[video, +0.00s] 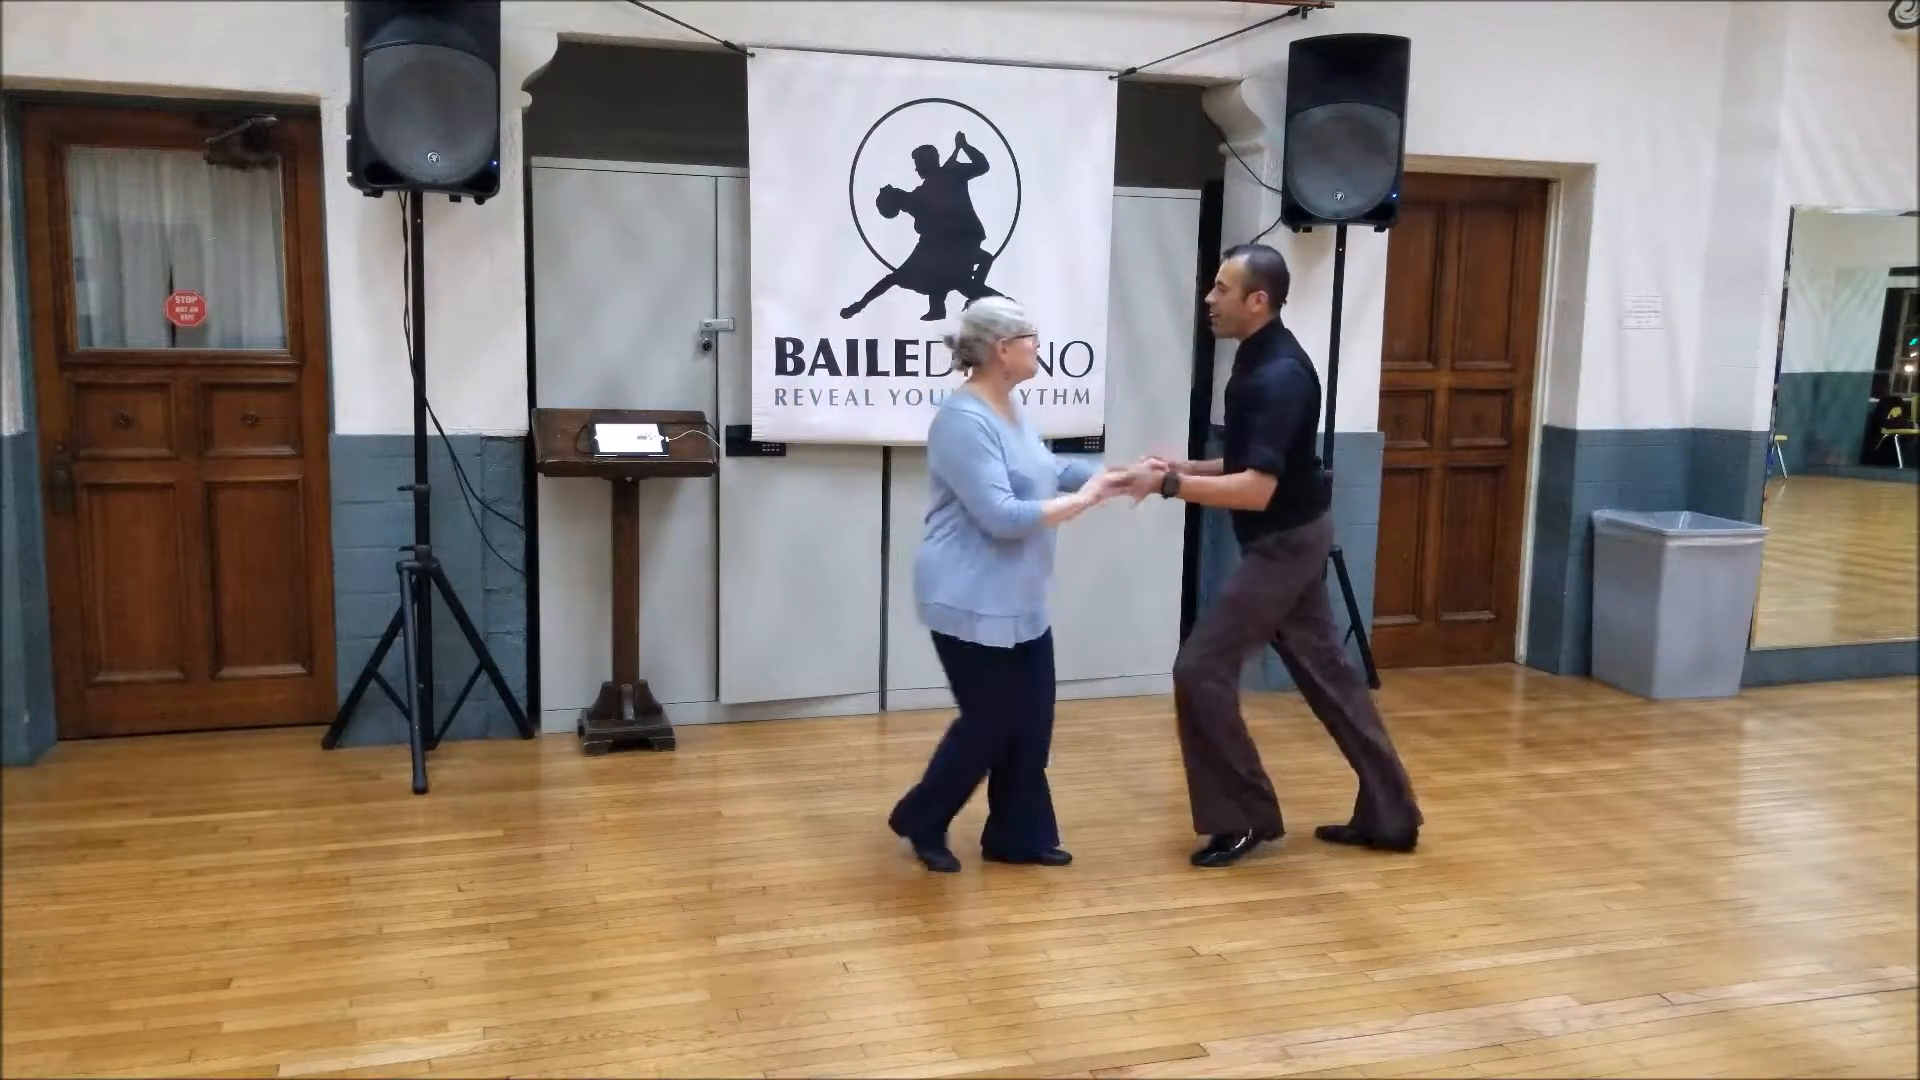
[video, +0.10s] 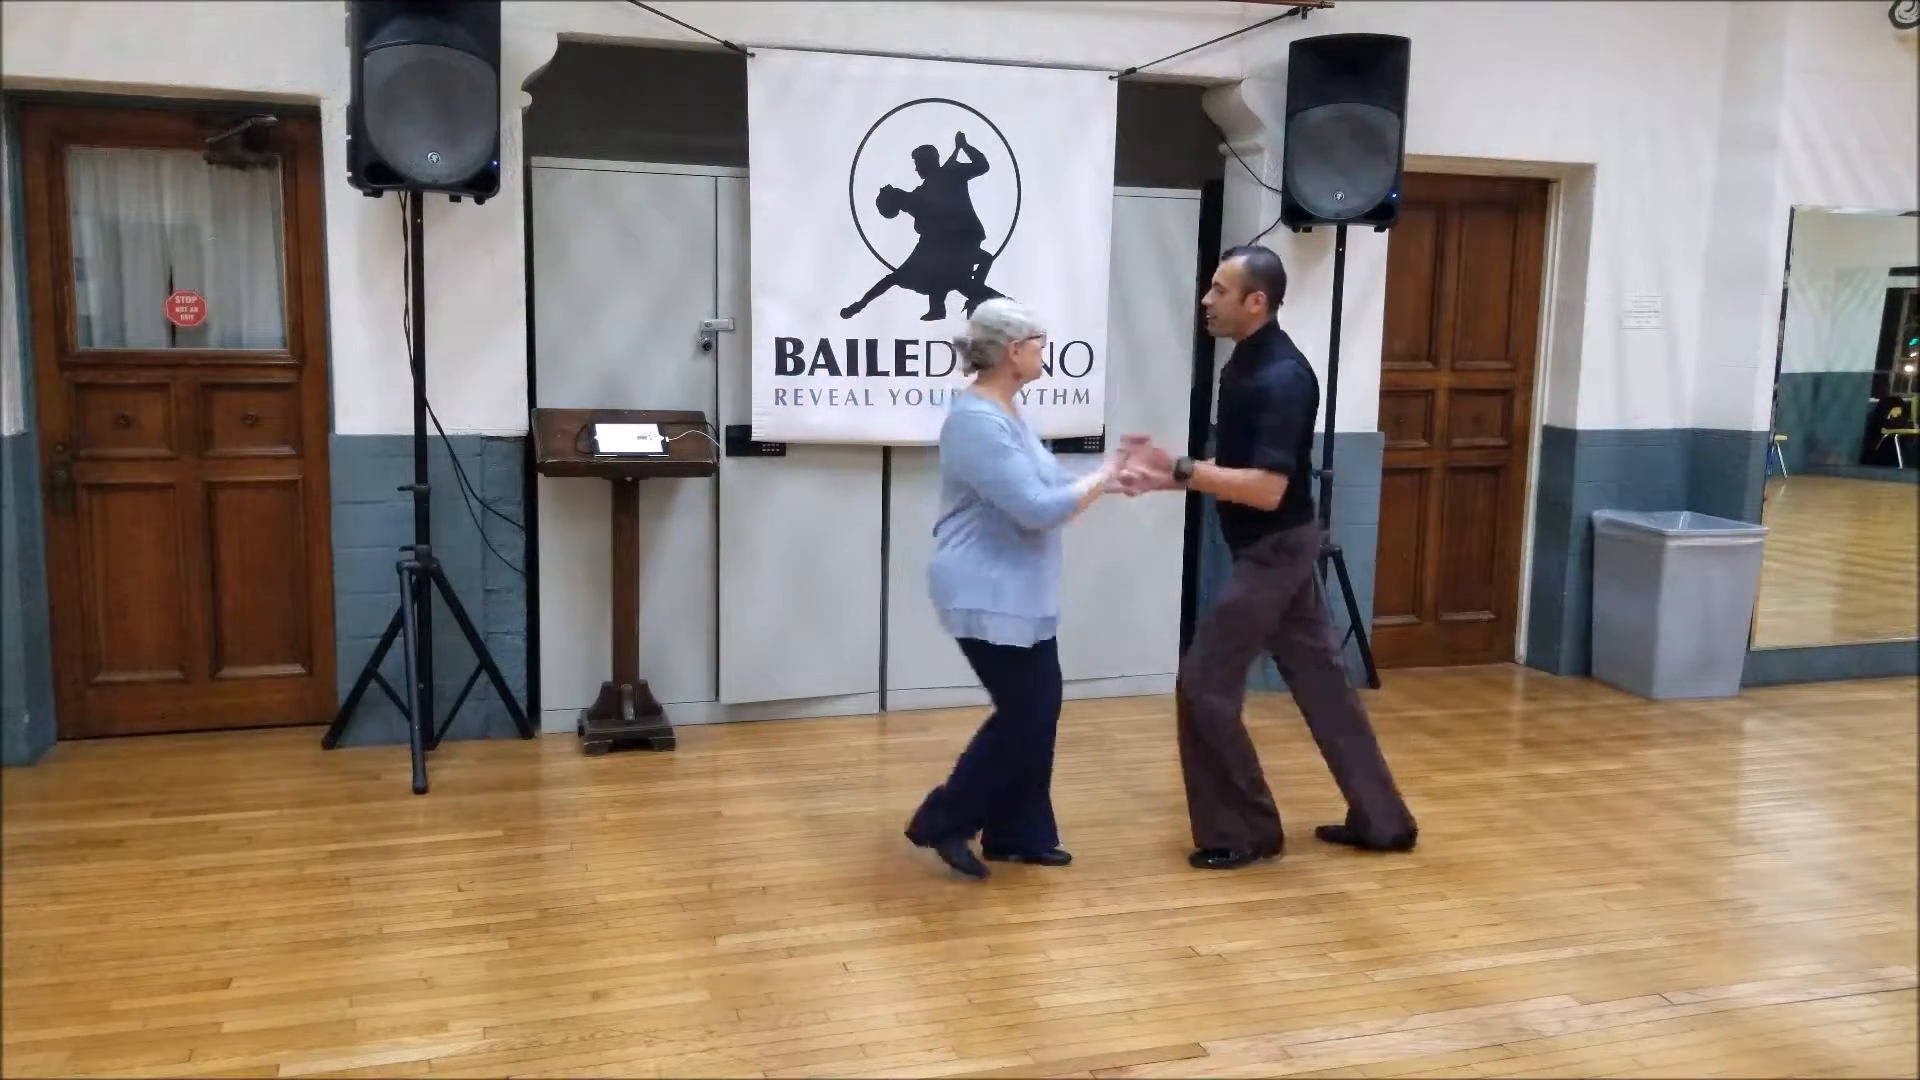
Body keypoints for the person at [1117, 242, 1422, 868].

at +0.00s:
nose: (1209, 299)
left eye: (1220, 290)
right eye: (1212, 287)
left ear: (1258, 302)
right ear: (1254, 300)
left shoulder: (1279, 372)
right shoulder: (1258, 360)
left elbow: (1258, 489)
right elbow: (1245, 461)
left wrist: (1173, 484)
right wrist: (1188, 464)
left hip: (1290, 544)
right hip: (1288, 539)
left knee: (1200, 671)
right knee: (1329, 677)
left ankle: (1249, 817)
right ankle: (1390, 815)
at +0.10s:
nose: (1206, 300)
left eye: (1217, 291)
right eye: (1209, 288)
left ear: (1255, 303)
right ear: (1249, 301)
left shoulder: (1282, 375)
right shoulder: (1247, 363)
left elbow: (1268, 487)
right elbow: (1234, 465)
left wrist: (1181, 470)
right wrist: (1173, 473)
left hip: (1281, 548)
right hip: (1271, 544)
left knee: (1204, 681)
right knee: (1320, 683)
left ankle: (1246, 831)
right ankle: (1383, 819)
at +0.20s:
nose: (1191, 288)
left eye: (1203, 279)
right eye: (1194, 276)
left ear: (1242, 291)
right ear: (1225, 288)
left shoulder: (1272, 360)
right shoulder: (1214, 349)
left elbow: (1249, 459)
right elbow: (1197, 453)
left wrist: (1167, 408)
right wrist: (1119, 478)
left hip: (1261, 538)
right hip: (1229, 535)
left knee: (1224, 680)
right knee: (1275, 672)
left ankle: (1246, 833)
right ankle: (1359, 795)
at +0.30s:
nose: (1180, 282)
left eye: (1193, 272)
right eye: (1183, 270)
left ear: (1232, 282)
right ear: (1222, 281)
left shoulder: (1263, 350)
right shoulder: (1202, 353)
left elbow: (1226, 425)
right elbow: (1159, 451)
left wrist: (1146, 374)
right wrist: (1077, 469)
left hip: (1254, 534)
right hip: (1216, 532)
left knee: (1235, 679)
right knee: (1225, 673)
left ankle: (1246, 833)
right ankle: (1331, 778)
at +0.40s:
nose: (1161, 276)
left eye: (1174, 266)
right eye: (1164, 264)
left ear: (1215, 275)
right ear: (1196, 274)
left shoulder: (1243, 334)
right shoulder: (1186, 350)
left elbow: (1189, 378)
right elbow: (1131, 441)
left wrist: (1111, 330)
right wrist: (1050, 459)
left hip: (1246, 535)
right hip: (1201, 535)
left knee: (1240, 682)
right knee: (1168, 666)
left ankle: (1254, 833)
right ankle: (1254, 772)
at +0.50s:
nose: (1140, 277)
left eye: (1153, 267)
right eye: (1141, 266)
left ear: (1194, 275)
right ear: (1173, 273)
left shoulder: (1221, 331)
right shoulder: (1167, 346)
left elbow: (1144, 341)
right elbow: (1113, 439)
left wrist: (1070, 298)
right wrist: (1030, 451)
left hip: (1227, 531)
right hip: (1178, 532)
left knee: (1239, 680)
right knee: (1132, 668)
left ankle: (1258, 833)